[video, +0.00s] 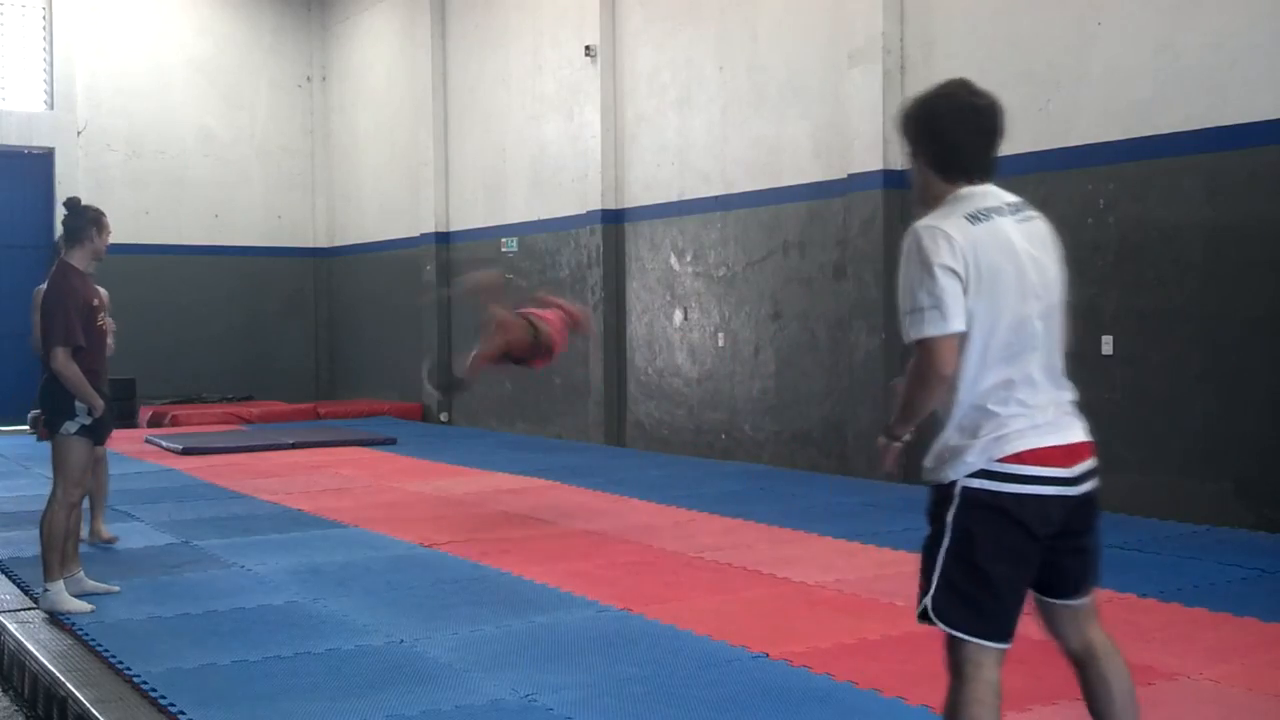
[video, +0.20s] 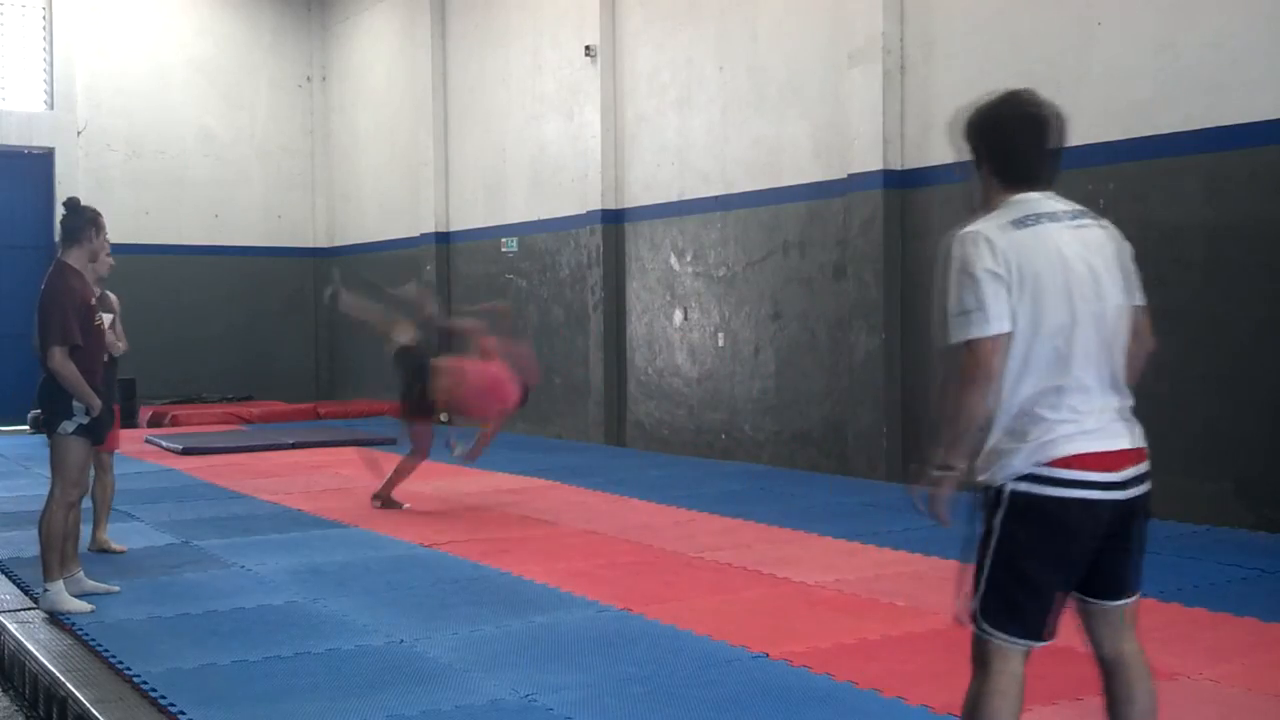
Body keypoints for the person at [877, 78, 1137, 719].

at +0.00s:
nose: (908, 163)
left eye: (911, 150)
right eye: (909, 150)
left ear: (924, 155)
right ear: (987, 148)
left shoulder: (935, 234)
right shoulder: (1035, 223)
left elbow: (939, 370)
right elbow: (1042, 341)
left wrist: (897, 433)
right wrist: (926, 387)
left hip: (991, 478)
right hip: (1071, 468)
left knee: (974, 666)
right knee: (1083, 631)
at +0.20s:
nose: (974, 163)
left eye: (976, 153)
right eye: (980, 151)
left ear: (983, 160)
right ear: (1051, 156)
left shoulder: (982, 241)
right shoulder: (1104, 232)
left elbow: (983, 367)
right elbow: (1137, 345)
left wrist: (950, 464)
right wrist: (1095, 409)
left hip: (1041, 483)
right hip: (1123, 475)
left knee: (1000, 656)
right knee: (1119, 639)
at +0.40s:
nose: (1014, 168)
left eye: (1014, 155)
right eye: (1015, 155)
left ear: (1027, 158)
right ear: (1093, 155)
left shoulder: (1017, 229)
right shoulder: (1141, 229)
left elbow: (1021, 348)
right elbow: (1173, 340)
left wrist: (1005, 456)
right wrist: (1171, 425)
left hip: (1062, 473)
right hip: (1145, 470)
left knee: (1007, 627)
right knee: (1138, 636)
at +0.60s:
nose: (1024, 161)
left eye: (1026, 149)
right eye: (1027, 149)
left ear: (1038, 154)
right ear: (1106, 156)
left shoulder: (1018, 228)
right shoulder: (1155, 232)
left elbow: (1009, 350)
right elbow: (1180, 348)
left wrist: (993, 449)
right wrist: (1178, 433)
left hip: (1061, 473)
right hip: (1145, 469)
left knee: (1050, 640)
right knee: (1134, 635)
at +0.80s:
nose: (1017, 161)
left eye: (1019, 149)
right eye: (1019, 149)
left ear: (1031, 154)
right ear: (1098, 152)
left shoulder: (1011, 233)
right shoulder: (1152, 231)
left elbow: (1003, 358)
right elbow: (1169, 354)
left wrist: (987, 455)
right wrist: (1146, 434)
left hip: (1058, 475)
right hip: (1146, 473)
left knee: (1066, 649)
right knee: (1121, 631)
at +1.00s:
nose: (1008, 174)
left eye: (1007, 161)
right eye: (1008, 160)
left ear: (1019, 162)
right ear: (1083, 154)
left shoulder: (1007, 240)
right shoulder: (1145, 229)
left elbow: (1007, 359)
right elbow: (1182, 339)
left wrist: (1004, 453)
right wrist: (1155, 420)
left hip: (1074, 477)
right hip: (1154, 471)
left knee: (1073, 641)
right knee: (1115, 618)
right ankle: (1125, 718)